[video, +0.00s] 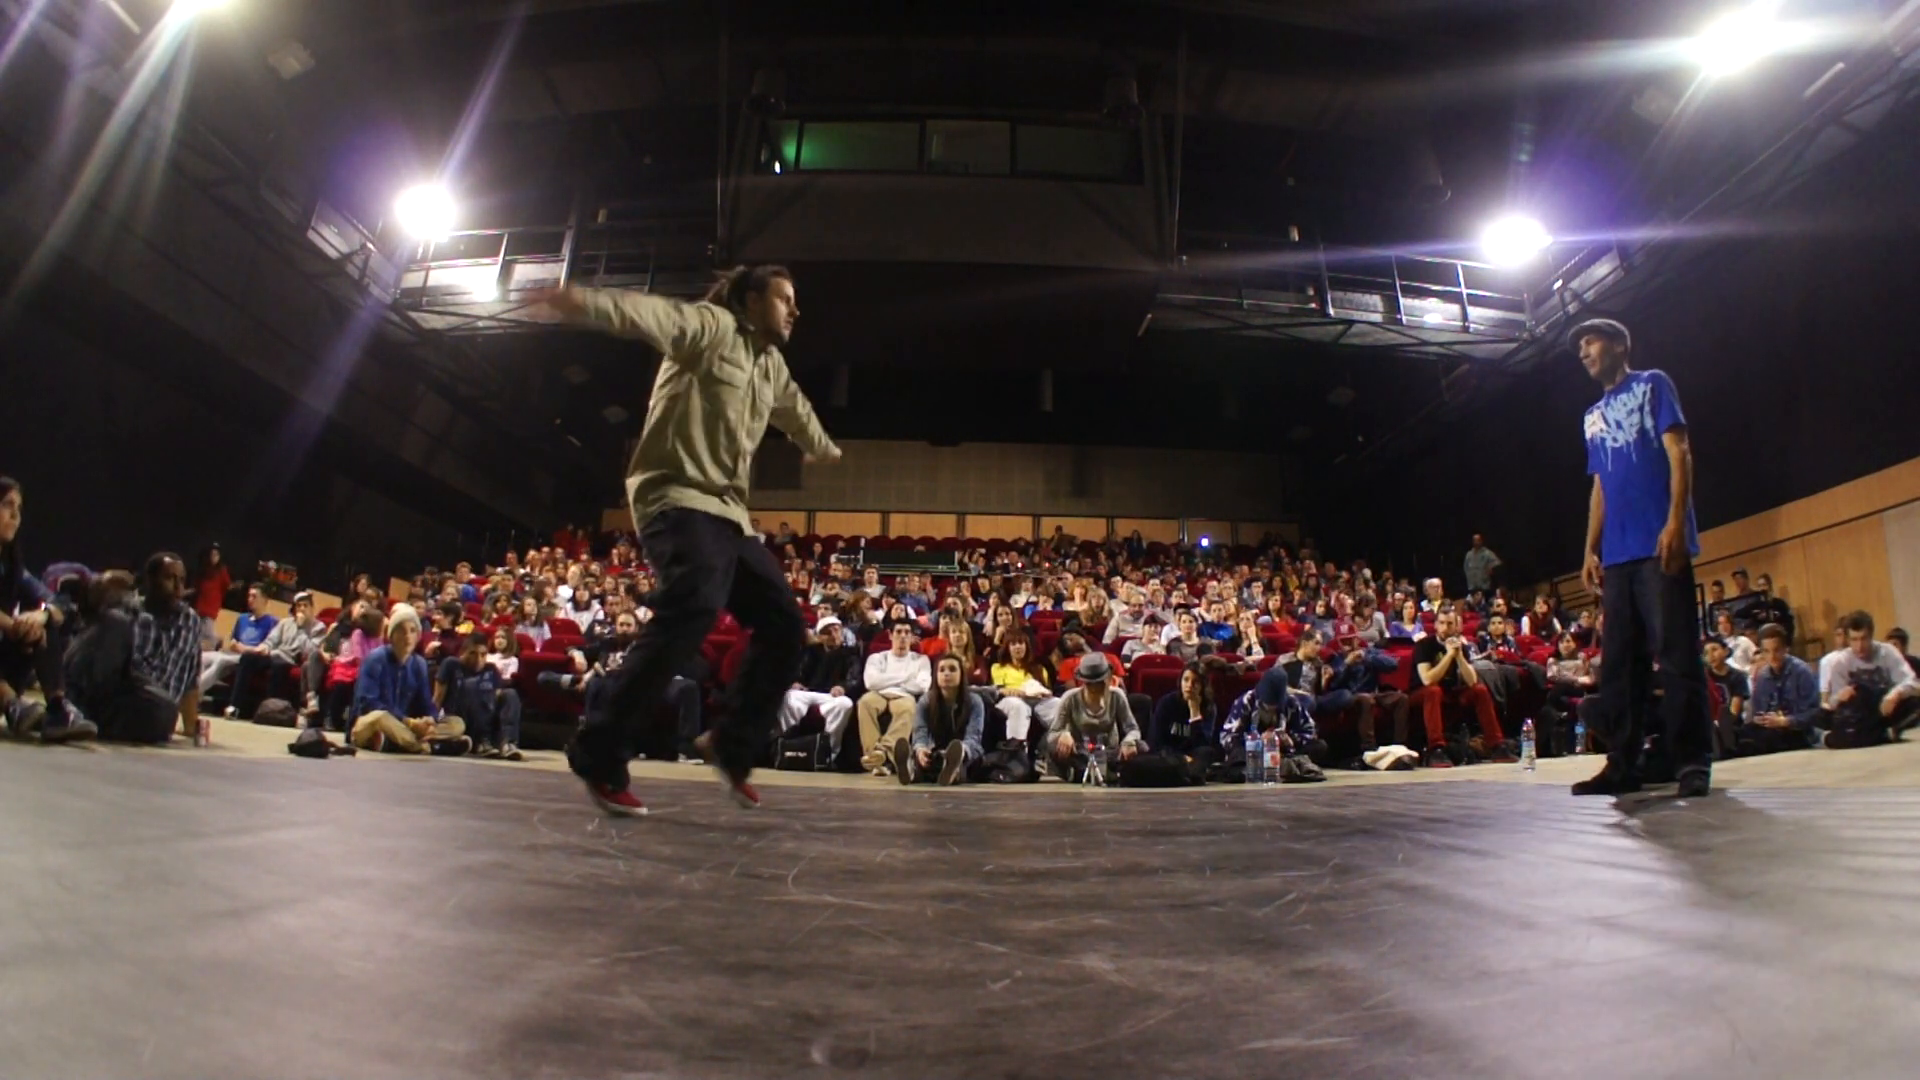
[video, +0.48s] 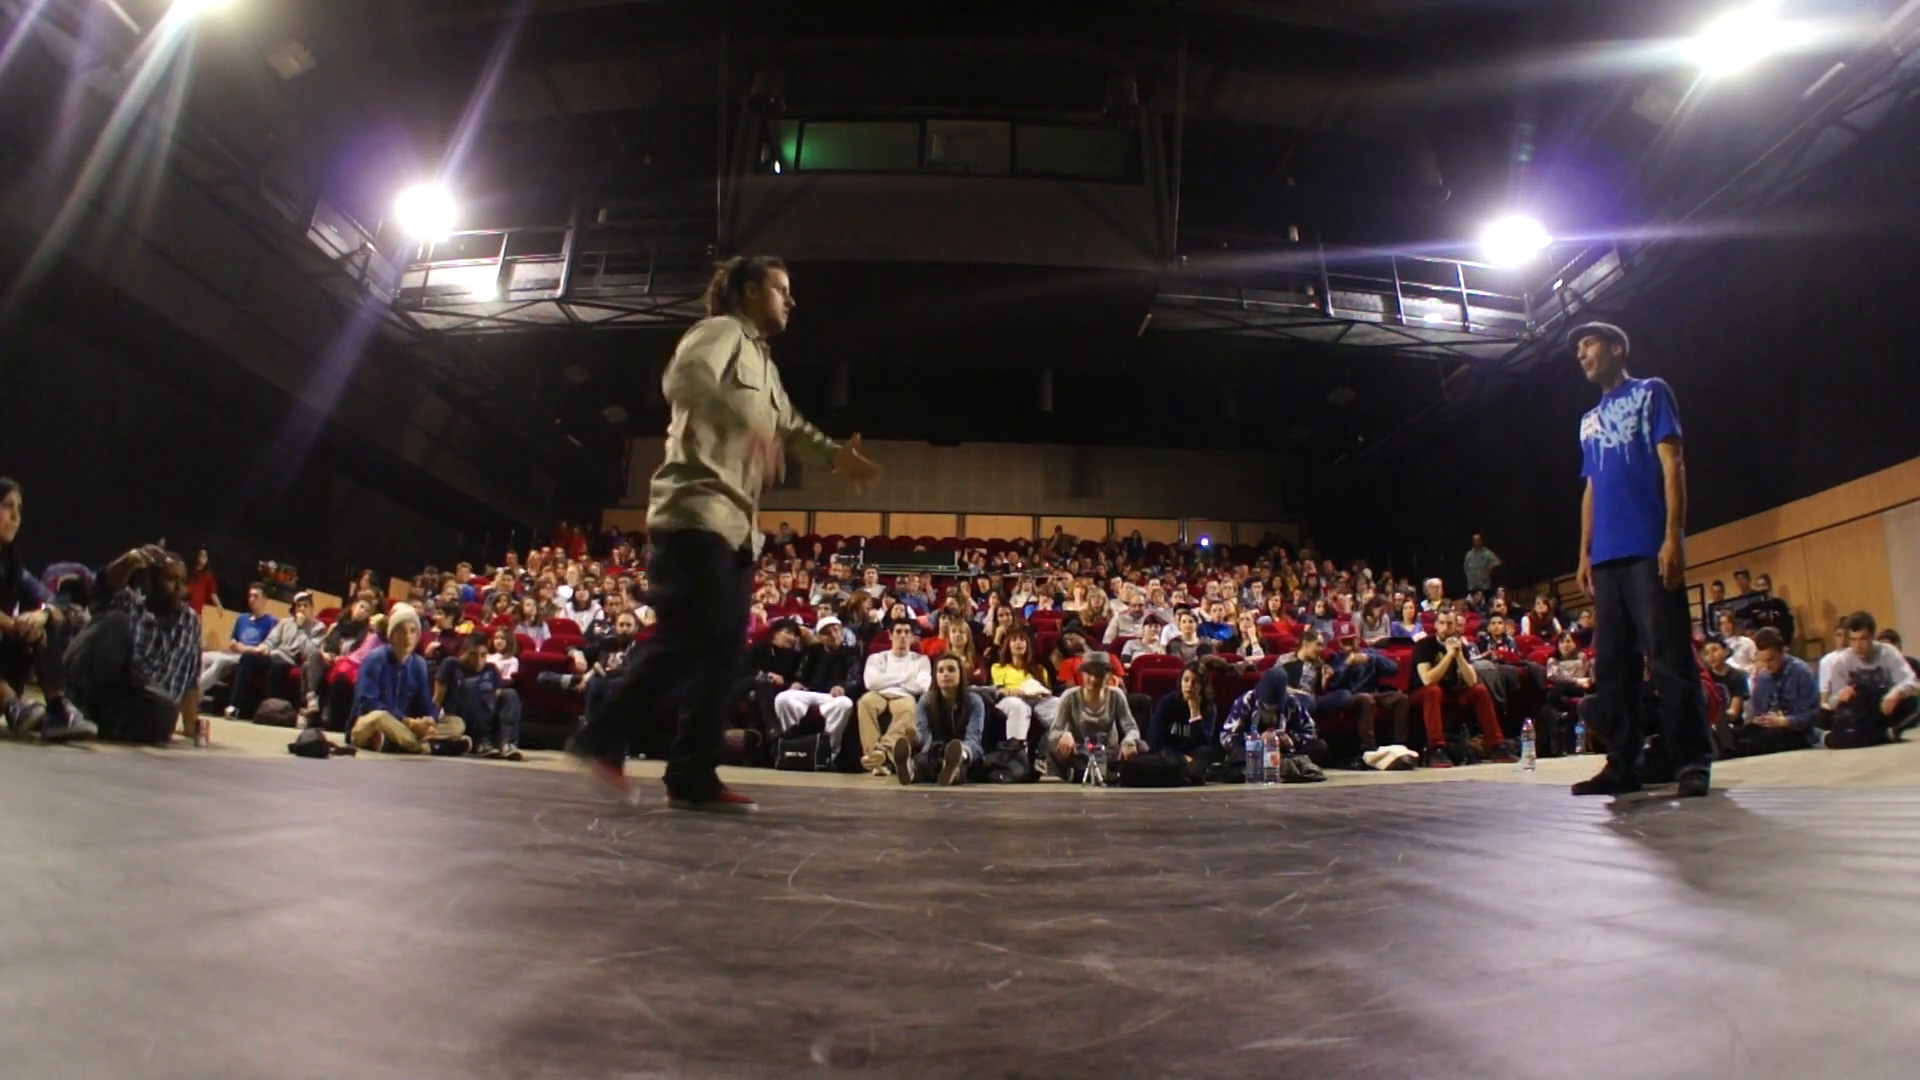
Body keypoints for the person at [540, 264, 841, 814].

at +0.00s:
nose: (792, 310)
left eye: (794, 303)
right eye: (783, 299)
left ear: (784, 313)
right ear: (749, 299)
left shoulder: (773, 370)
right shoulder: (713, 325)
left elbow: (798, 413)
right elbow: (656, 313)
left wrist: (823, 447)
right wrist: (587, 302)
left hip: (730, 513)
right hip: (676, 497)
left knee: (784, 627)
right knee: (692, 606)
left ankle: (735, 744)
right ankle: (600, 751)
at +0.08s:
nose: (791, 313)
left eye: (792, 305)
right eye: (783, 301)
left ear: (779, 313)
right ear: (749, 301)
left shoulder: (769, 369)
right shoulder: (714, 328)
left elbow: (794, 421)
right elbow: (661, 333)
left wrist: (834, 460)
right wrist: (608, 339)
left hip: (730, 522)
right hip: (681, 505)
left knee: (773, 638)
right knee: (682, 622)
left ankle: (710, 758)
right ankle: (606, 761)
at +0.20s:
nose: (791, 312)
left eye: (792, 305)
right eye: (783, 301)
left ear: (771, 312)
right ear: (749, 300)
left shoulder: (762, 368)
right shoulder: (715, 327)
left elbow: (778, 416)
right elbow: (647, 325)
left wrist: (838, 430)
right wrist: (663, 354)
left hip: (727, 519)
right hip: (685, 502)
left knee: (744, 652)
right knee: (678, 634)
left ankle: (693, 776)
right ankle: (598, 765)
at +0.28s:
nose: (792, 310)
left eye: (793, 303)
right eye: (784, 299)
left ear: (768, 307)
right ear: (749, 296)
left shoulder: (760, 370)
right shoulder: (707, 328)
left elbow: (789, 403)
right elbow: (643, 308)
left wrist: (842, 423)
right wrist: (704, 321)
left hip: (730, 519)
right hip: (687, 505)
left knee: (733, 653)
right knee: (658, 643)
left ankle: (691, 775)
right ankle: (595, 774)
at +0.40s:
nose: (791, 304)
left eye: (792, 296)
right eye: (783, 293)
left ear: (768, 302)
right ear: (749, 293)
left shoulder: (766, 365)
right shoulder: (718, 330)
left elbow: (801, 402)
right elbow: (672, 335)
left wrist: (840, 440)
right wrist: (749, 369)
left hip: (733, 528)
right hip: (685, 513)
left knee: (716, 662)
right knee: (643, 645)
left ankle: (692, 775)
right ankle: (589, 773)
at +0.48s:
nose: (790, 300)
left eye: (789, 293)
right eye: (781, 290)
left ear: (765, 297)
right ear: (747, 291)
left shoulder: (765, 367)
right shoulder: (722, 329)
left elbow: (791, 424)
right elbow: (685, 377)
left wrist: (836, 454)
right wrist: (748, 422)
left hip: (734, 519)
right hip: (694, 506)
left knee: (723, 649)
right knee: (692, 635)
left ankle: (692, 775)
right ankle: (602, 736)